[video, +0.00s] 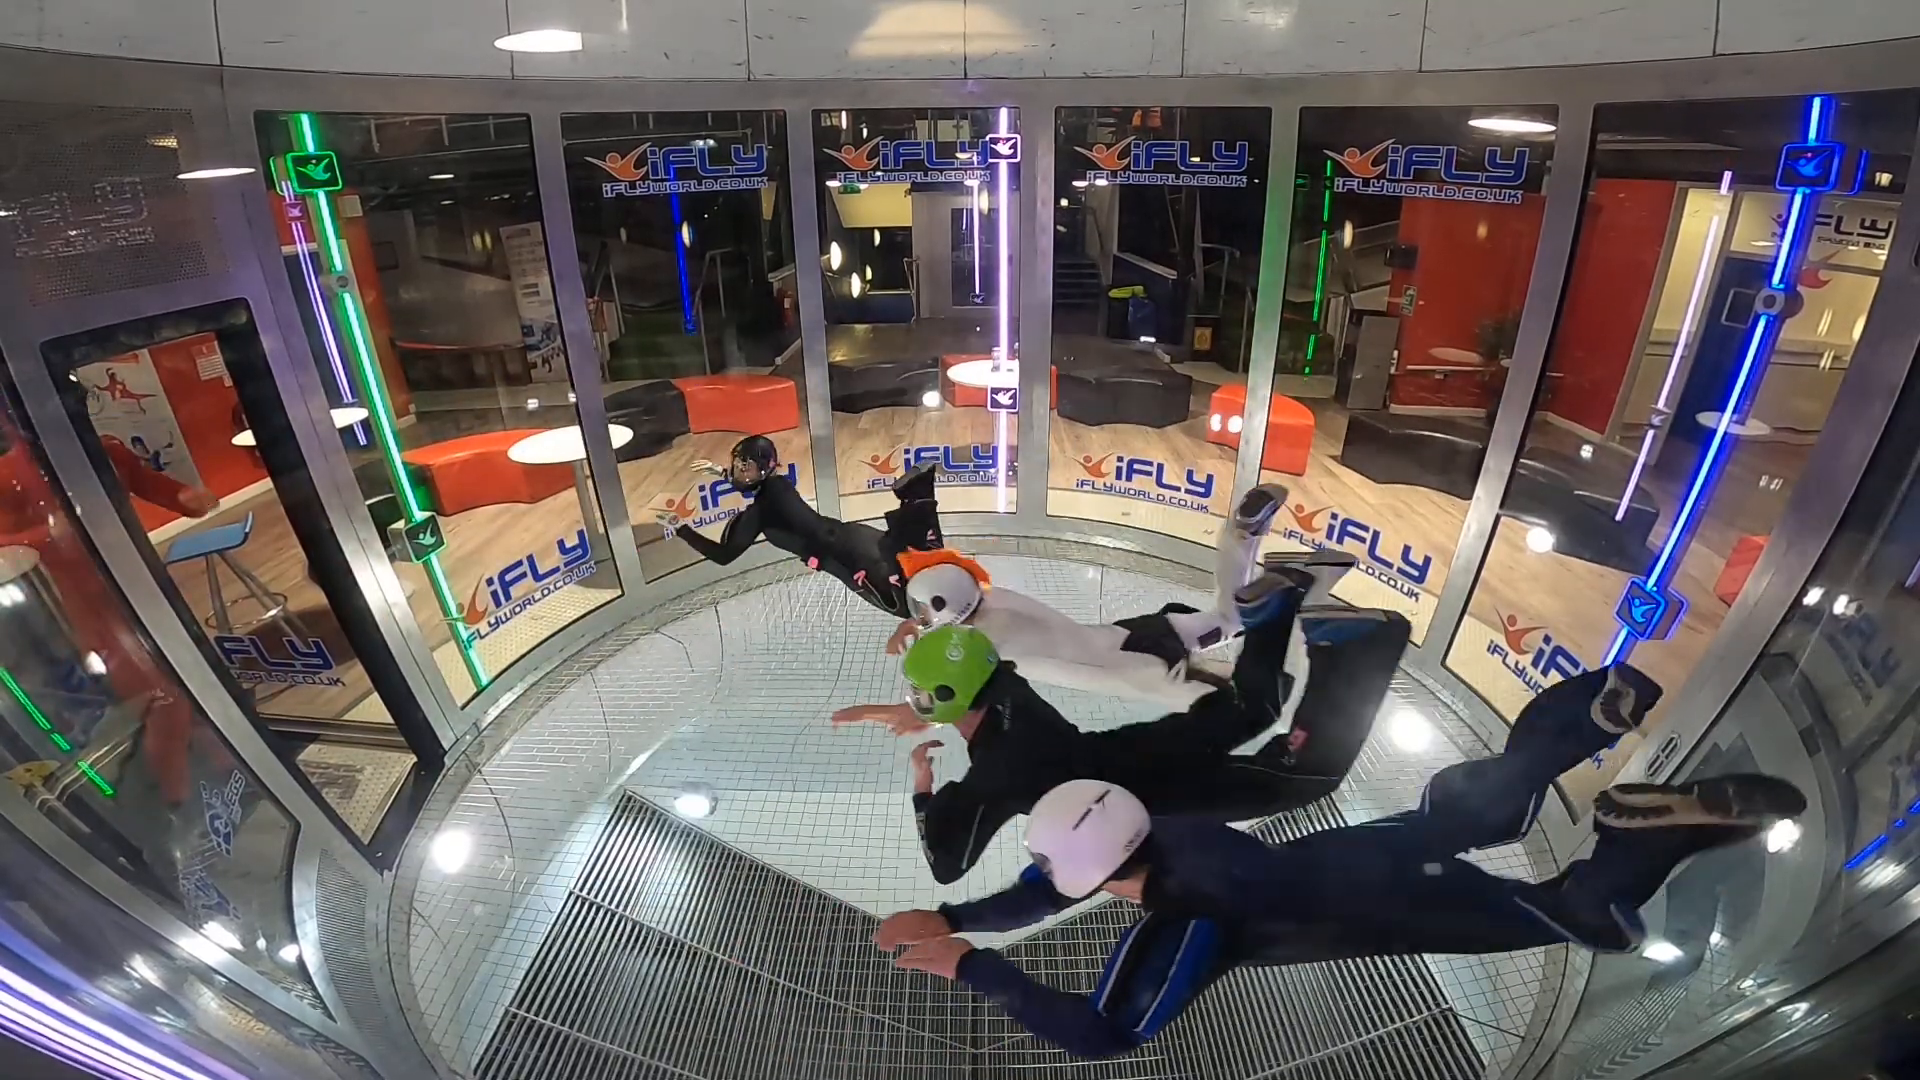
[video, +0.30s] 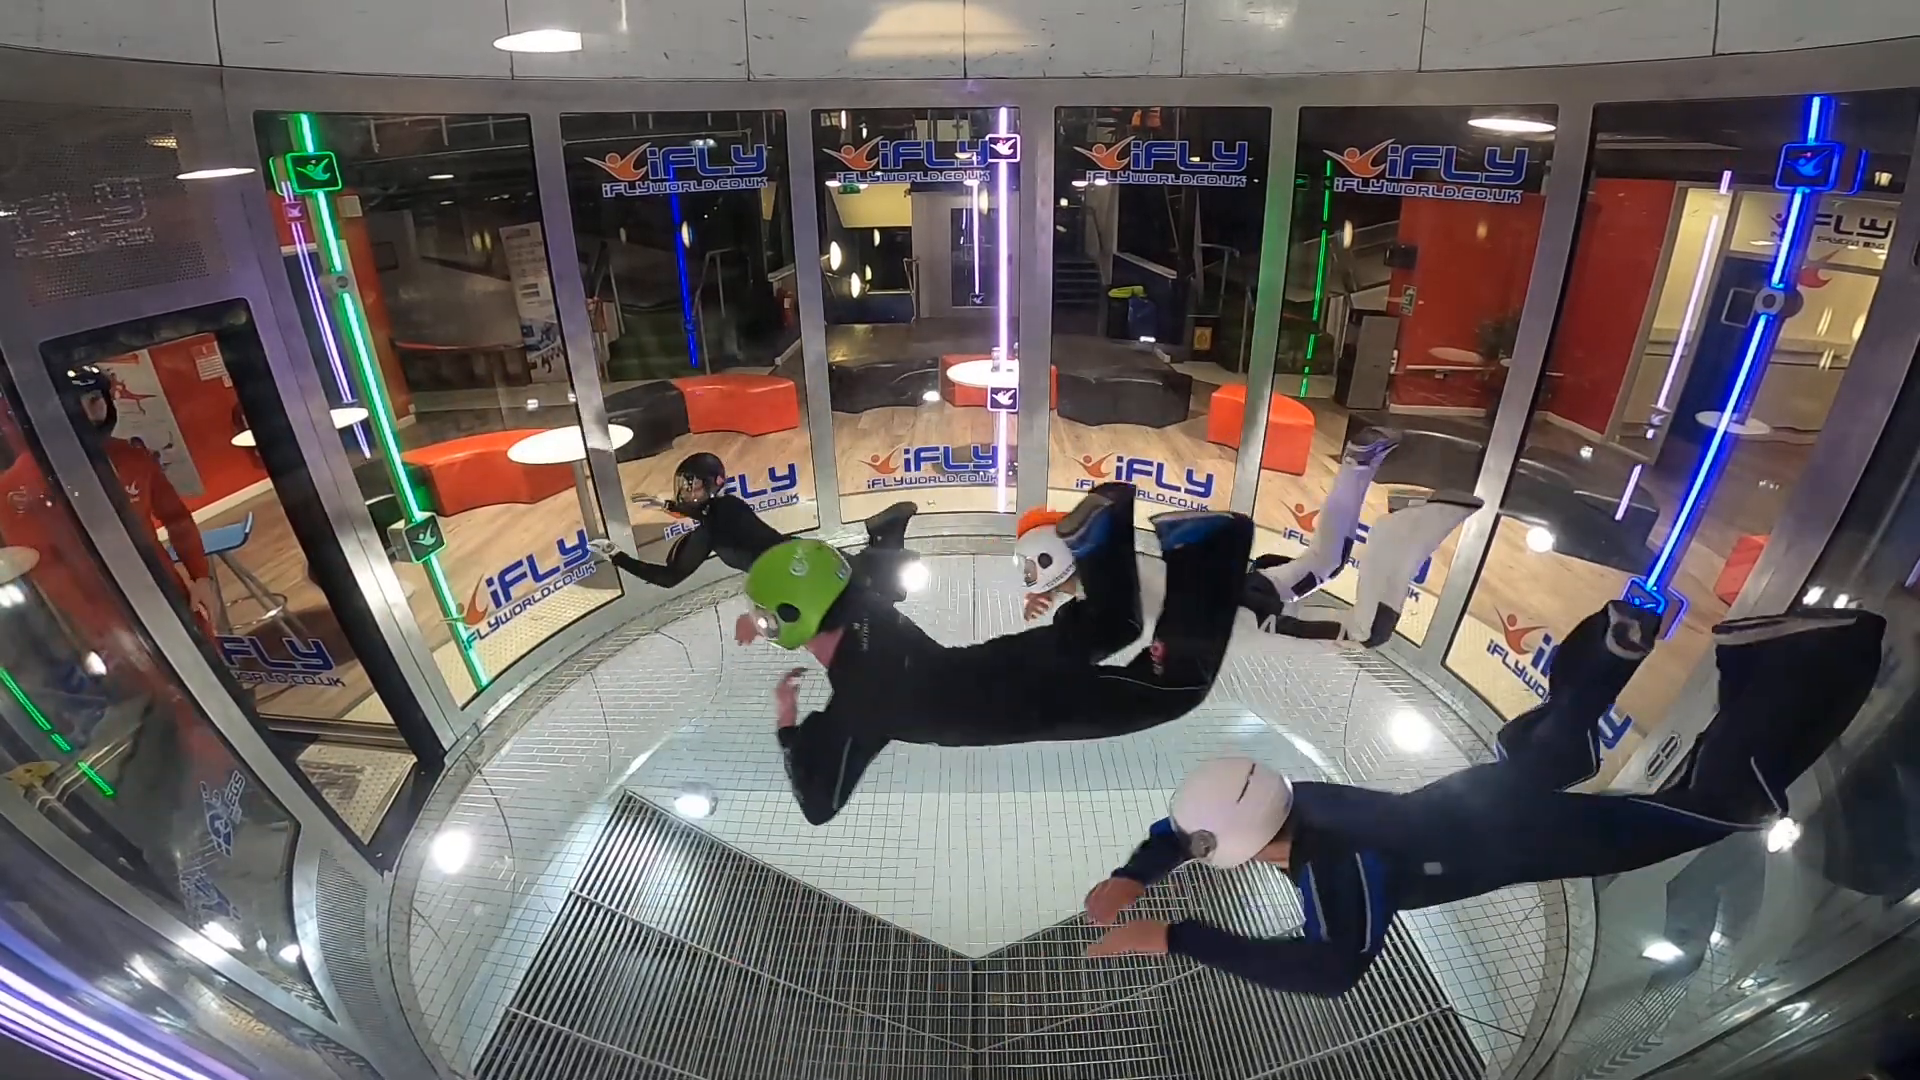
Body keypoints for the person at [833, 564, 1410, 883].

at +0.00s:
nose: (924, 709)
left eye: (929, 701)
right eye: (926, 696)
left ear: (952, 709)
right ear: (974, 674)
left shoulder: (987, 777)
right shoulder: (1004, 686)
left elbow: (946, 864)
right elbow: (949, 704)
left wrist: (924, 792)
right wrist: (894, 712)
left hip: (1139, 804)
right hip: (1133, 748)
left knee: (1296, 779)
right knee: (1248, 703)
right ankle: (1286, 601)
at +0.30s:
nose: (773, 625)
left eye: (776, 617)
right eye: (771, 614)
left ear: (795, 621)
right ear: (829, 580)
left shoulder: (857, 700)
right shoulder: (863, 596)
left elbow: (820, 802)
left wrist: (789, 729)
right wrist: (774, 618)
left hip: (1038, 706)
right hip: (1021, 657)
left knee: (1181, 682)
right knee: (1114, 618)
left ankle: (1200, 549)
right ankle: (1109, 524)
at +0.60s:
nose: (604, 569)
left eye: (604, 557)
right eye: (597, 557)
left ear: (636, 552)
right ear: (667, 515)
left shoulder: (694, 634)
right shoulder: (712, 536)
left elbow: (631, 750)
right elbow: (651, 573)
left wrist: (561, 683)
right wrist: (588, 554)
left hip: (894, 657)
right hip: (890, 601)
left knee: (1053, 657)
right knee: (979, 572)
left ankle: (1037, 522)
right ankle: (979, 500)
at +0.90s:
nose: (466, 536)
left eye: (458, 519)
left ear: (474, 519)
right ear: (546, 474)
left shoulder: (558, 601)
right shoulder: (601, 523)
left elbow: (468, 728)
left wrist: (432, 642)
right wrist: (489, 635)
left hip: (811, 662)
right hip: (809, 608)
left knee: (942, 688)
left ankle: (989, 540)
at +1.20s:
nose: (381, 580)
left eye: (379, 568)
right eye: (389, 562)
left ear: (395, 574)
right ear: (458, 527)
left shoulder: (461, 683)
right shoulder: (526, 557)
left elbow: (357, 800)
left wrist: (281, 757)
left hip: (708, 741)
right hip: (715, 668)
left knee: (877, 797)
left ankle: (915, 671)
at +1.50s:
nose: (409, 707)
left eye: (402, 693)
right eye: (406, 690)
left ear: (401, 703)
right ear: (478, 646)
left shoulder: (468, 806)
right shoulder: (550, 667)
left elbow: (361, 912)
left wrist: (289, 855)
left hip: (726, 865)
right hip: (742, 791)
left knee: (901, 926)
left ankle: (875, 810)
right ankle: (857, 741)